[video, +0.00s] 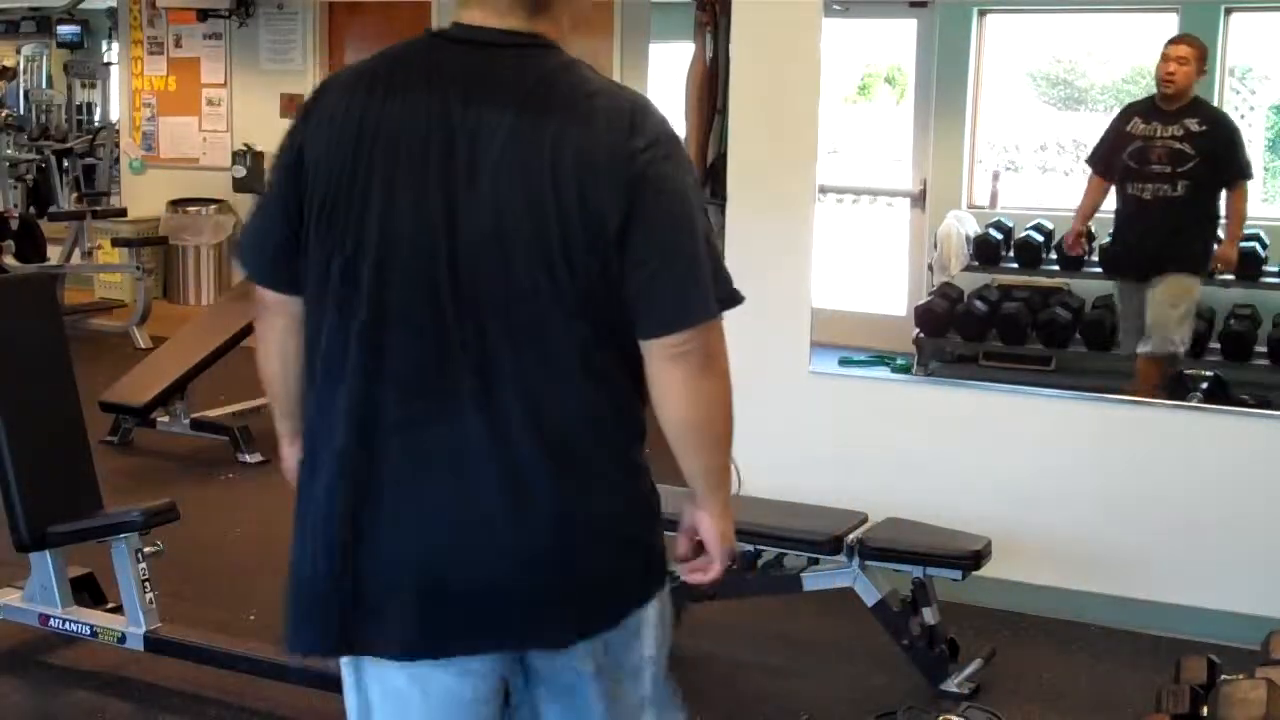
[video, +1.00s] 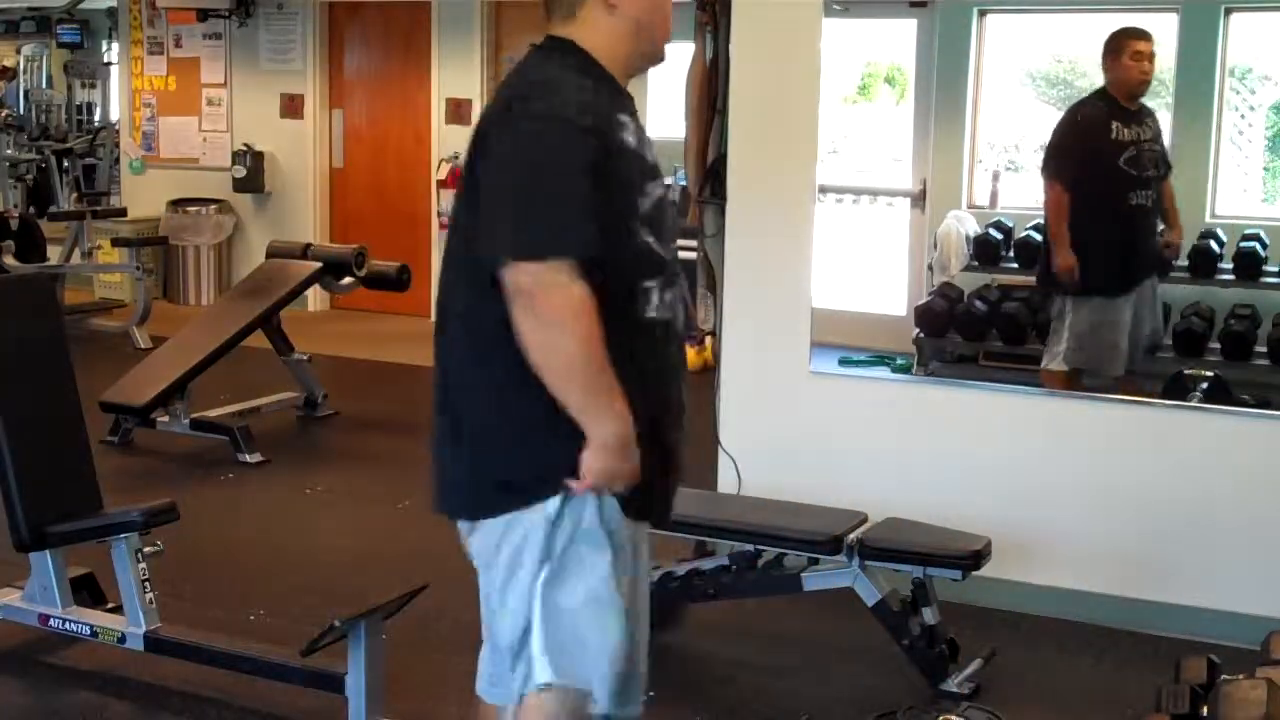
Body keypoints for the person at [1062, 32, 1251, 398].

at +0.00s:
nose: (1169, 67)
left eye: (1181, 62)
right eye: (1165, 59)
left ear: (1199, 73)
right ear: (1157, 65)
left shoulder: (1216, 124)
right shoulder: (1131, 115)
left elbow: (1237, 186)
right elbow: (1102, 174)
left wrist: (1231, 243)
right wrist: (1079, 224)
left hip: (1183, 251)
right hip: (1129, 247)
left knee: (1155, 350)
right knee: (1142, 349)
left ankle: (1134, 437)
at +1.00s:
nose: (1147, 66)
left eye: (1151, 59)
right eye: (1137, 57)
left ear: (1155, 65)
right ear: (1110, 62)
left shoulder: (1147, 118)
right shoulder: (1083, 116)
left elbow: (1161, 178)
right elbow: (1055, 183)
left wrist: (1173, 226)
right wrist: (1061, 248)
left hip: (1138, 260)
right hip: (1088, 260)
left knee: (1133, 367)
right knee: (1063, 364)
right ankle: (1052, 444)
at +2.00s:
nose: (1135, 63)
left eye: (1132, 55)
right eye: (1128, 55)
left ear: (1104, 65)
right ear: (1105, 64)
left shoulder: (1111, 109)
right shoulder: (1087, 108)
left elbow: (1126, 184)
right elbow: (1115, 158)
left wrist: (1149, 228)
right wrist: (1136, 119)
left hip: (1106, 252)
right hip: (1083, 255)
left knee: (1093, 357)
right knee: (1078, 357)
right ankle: (1062, 440)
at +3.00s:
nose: (1162, 64)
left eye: (1159, 56)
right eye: (1155, 56)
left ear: (1129, 66)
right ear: (1133, 65)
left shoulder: (1120, 109)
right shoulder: (1125, 113)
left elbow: (1116, 183)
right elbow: (1120, 184)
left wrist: (1162, 231)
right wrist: (1166, 233)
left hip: (1113, 263)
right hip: (1125, 267)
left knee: (1100, 363)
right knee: (1118, 371)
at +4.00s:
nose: (1200, 79)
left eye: (1201, 71)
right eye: (1197, 70)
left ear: (1171, 69)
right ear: (1172, 68)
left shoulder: (1168, 118)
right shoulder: (1140, 115)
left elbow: (1169, 187)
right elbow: (1126, 184)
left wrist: (1183, 245)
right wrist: (1146, 246)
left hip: (1168, 260)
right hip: (1143, 263)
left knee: (1143, 364)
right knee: (1127, 364)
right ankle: (1113, 446)